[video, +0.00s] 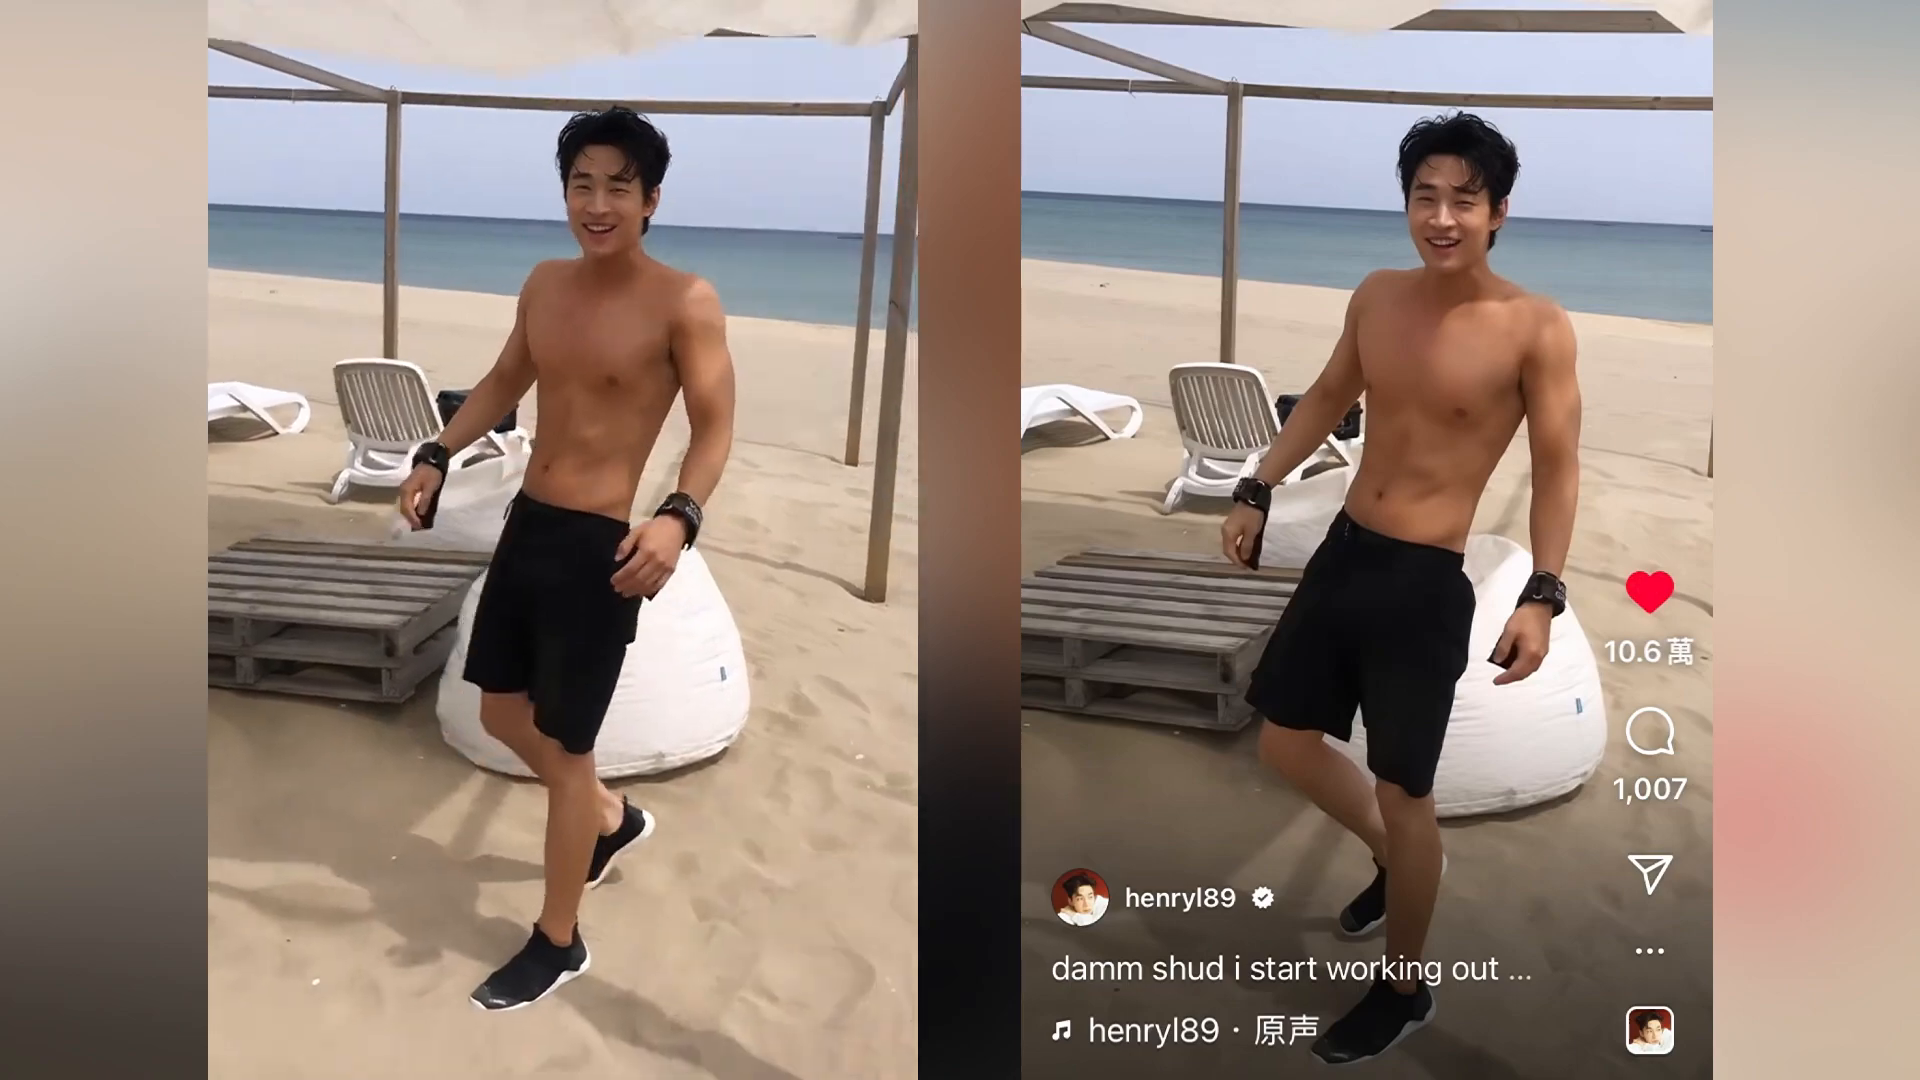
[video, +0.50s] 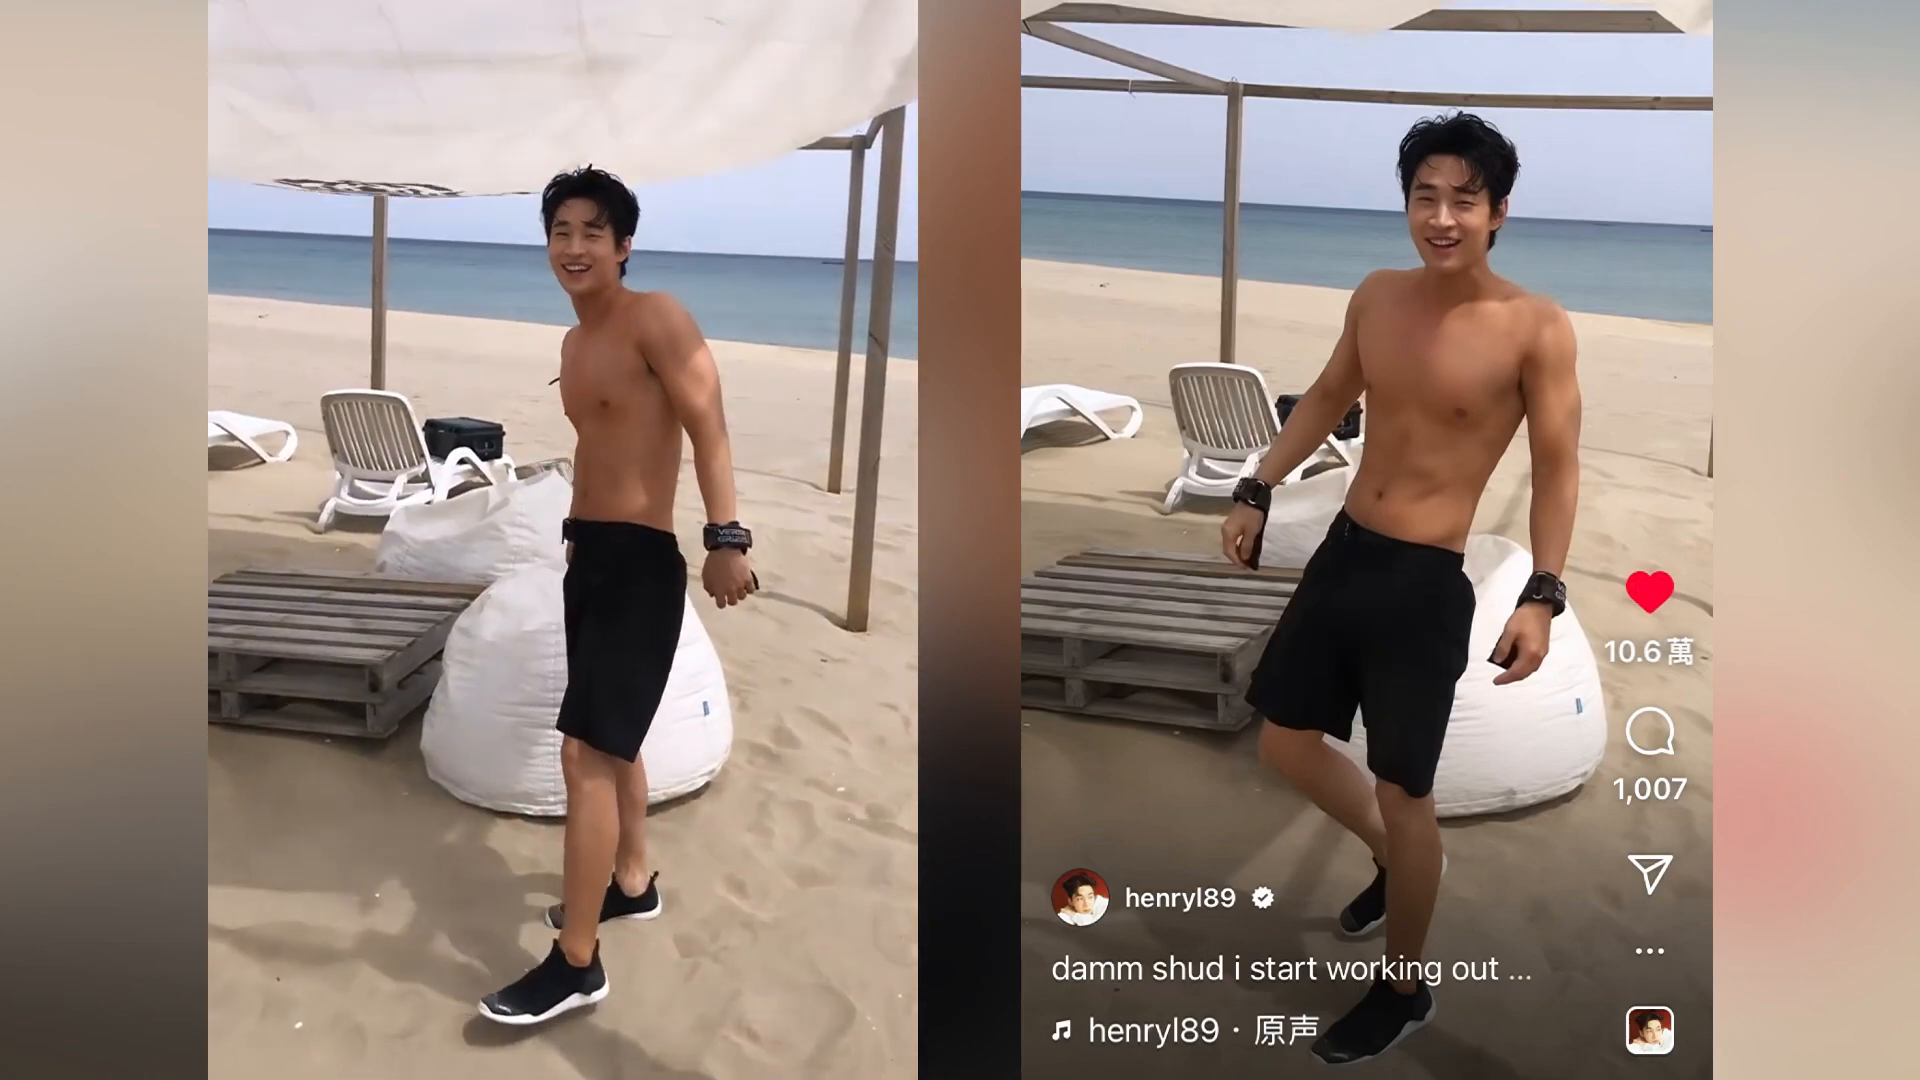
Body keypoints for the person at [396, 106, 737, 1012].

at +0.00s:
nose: (596, 202)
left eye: (617, 185)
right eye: (582, 184)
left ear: (651, 197)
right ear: (564, 193)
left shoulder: (684, 303)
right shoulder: (546, 285)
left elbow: (714, 429)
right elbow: (504, 382)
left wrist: (678, 518)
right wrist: (437, 449)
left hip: (598, 545)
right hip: (528, 527)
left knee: (566, 748)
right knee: (504, 708)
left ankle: (557, 939)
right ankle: (604, 819)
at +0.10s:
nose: (582, 172)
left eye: (603, 155)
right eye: (567, 154)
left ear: (637, 164)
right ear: (551, 162)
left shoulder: (672, 267)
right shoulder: (544, 257)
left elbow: (707, 386)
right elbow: (516, 359)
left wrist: (684, 470)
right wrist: (454, 429)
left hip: (605, 510)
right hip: (538, 497)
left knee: (564, 711)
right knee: (532, 681)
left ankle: (550, 907)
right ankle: (619, 802)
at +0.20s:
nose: (571, 168)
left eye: (591, 151)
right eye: (557, 151)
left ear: (624, 159)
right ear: (542, 158)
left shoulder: (662, 248)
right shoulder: (549, 257)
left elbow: (702, 361)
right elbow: (533, 361)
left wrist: (694, 458)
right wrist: (477, 438)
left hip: (614, 499)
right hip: (552, 488)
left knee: (562, 695)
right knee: (561, 666)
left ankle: (546, 891)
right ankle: (626, 798)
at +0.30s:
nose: (567, 181)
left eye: (585, 165)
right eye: (552, 166)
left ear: (617, 175)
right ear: (538, 179)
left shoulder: (656, 255)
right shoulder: (555, 280)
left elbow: (703, 371)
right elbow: (553, 384)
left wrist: (704, 482)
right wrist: (508, 472)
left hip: (623, 507)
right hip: (566, 498)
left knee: (567, 700)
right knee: (582, 674)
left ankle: (548, 897)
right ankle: (628, 811)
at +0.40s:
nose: (570, 208)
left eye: (588, 192)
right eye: (556, 193)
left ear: (620, 202)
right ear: (542, 206)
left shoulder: (657, 279)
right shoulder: (567, 303)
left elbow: (706, 386)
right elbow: (576, 407)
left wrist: (719, 504)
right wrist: (553, 495)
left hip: (631, 527)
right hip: (581, 519)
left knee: (579, 715)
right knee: (600, 694)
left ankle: (559, 916)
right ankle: (632, 837)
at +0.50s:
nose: (574, 246)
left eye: (591, 231)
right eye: (561, 232)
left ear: (623, 242)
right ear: (547, 247)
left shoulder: (657, 319)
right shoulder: (575, 342)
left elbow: (707, 426)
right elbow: (598, 451)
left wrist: (726, 537)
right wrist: (580, 540)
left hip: (638, 566)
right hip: (593, 560)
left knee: (586, 754)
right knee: (612, 734)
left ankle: (575, 959)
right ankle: (632, 880)